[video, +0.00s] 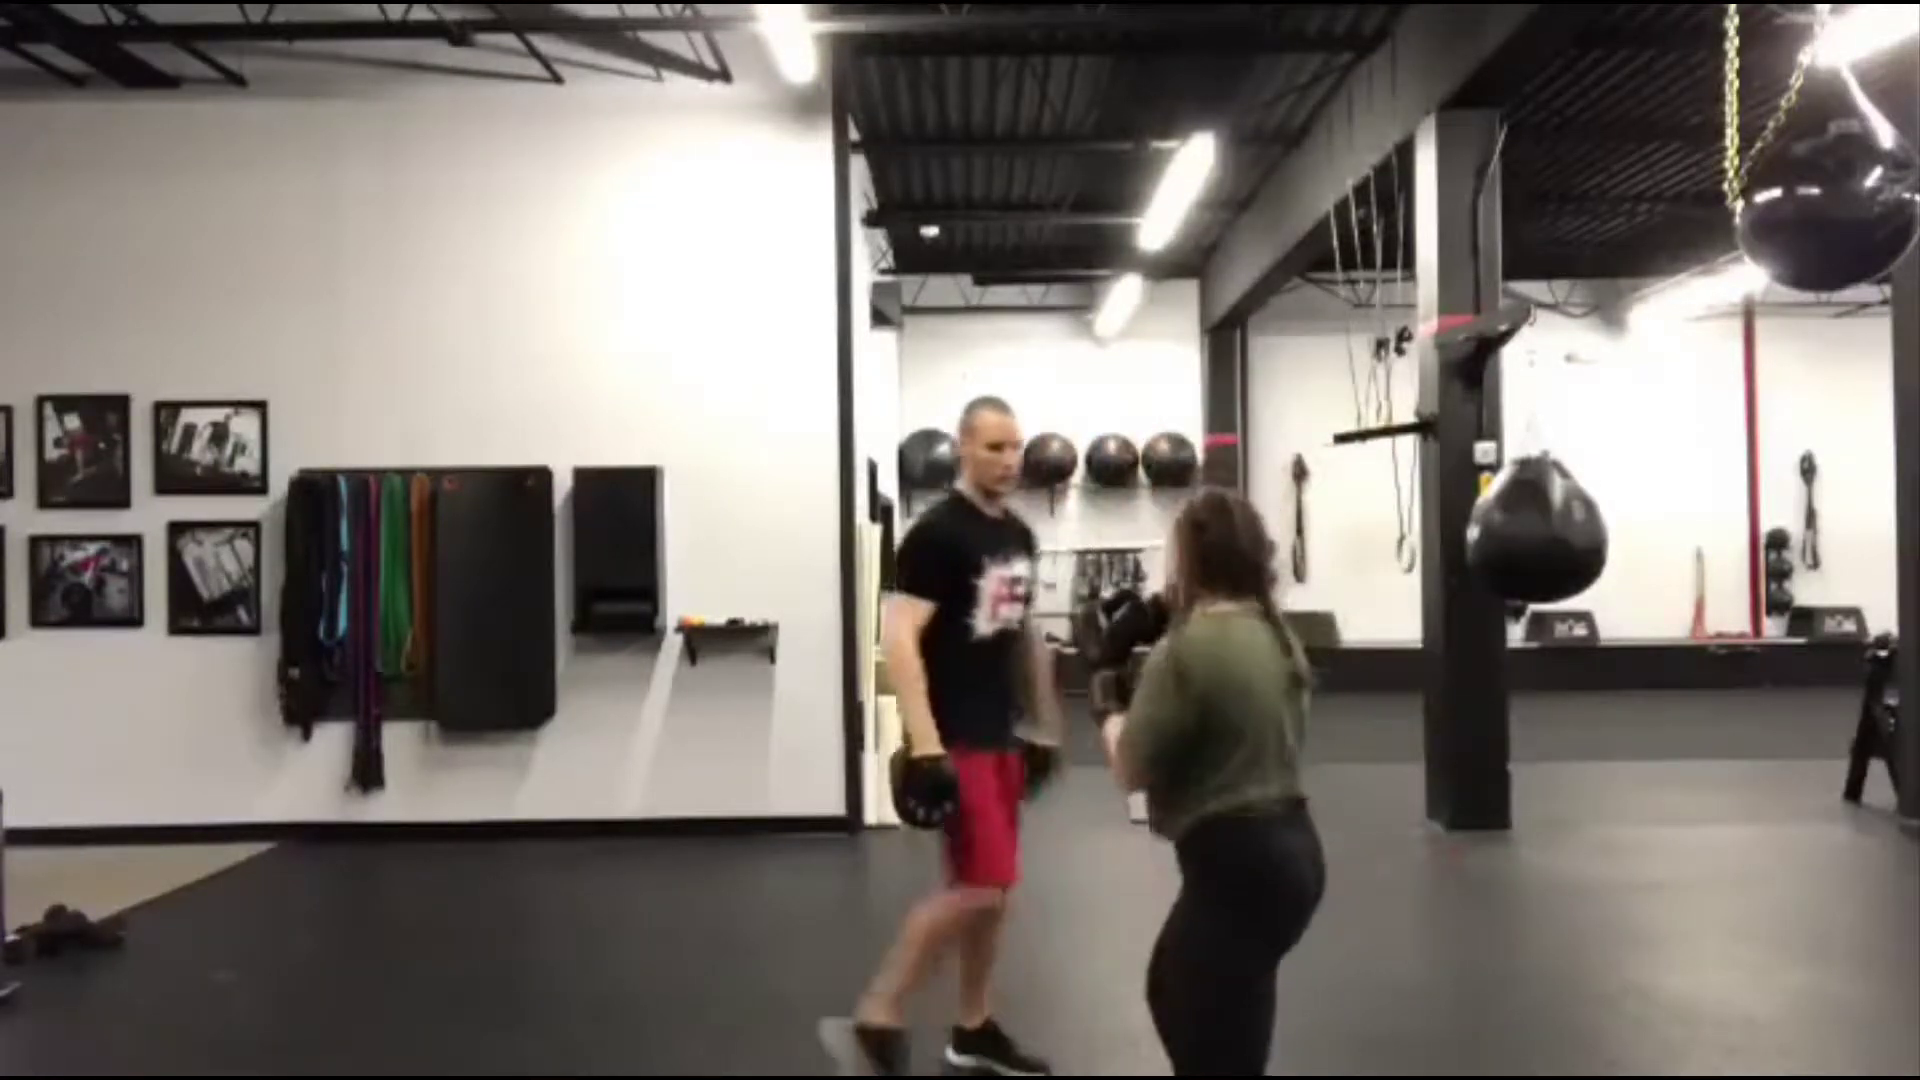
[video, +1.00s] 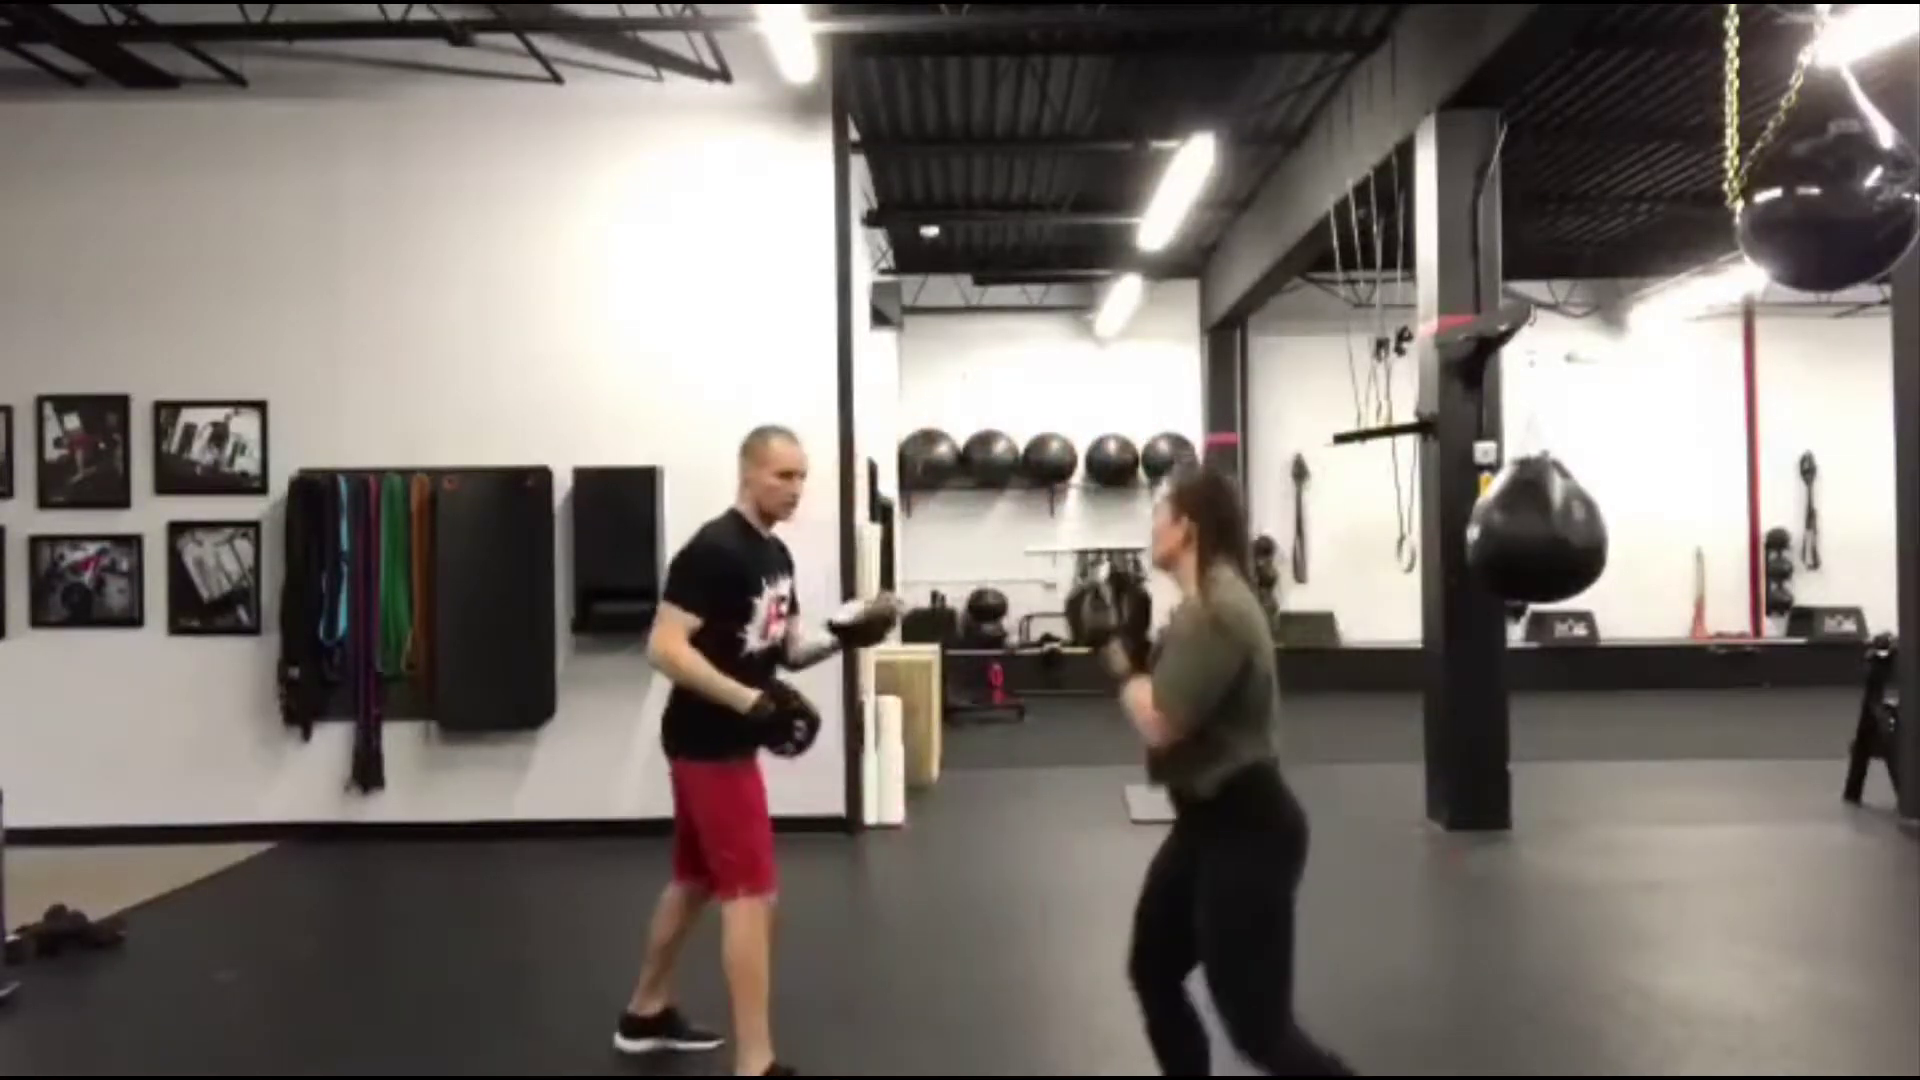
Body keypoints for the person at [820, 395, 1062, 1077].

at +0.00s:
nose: (1009, 461)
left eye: (1016, 448)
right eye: (994, 447)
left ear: (1022, 452)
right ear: (960, 449)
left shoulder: (1015, 537)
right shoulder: (936, 534)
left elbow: (1027, 639)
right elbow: (898, 639)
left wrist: (1044, 727)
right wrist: (924, 748)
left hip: (1003, 736)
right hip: (954, 739)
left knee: (992, 887)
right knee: (979, 886)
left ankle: (974, 1026)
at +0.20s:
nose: (946, 471)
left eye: (952, 459)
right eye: (933, 457)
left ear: (952, 465)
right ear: (892, 458)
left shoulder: (934, 543)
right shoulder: (868, 545)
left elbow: (919, 649)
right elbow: (854, 655)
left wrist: (927, 740)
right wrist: (912, 756)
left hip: (923, 756)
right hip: (859, 762)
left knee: (957, 884)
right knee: (815, 906)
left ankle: (969, 1027)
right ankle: (761, 1055)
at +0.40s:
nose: (884, 469)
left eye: (889, 457)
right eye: (872, 456)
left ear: (890, 461)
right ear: (833, 455)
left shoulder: (875, 537)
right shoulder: (801, 542)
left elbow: (873, 648)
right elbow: (800, 660)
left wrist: (902, 732)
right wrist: (881, 741)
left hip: (850, 755)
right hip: (789, 761)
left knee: (872, 878)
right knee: (771, 915)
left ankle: (865, 1012)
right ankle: (751, 1060)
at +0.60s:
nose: (836, 476)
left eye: (843, 464)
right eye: (823, 463)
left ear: (847, 469)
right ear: (786, 465)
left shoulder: (835, 545)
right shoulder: (753, 549)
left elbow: (845, 640)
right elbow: (730, 657)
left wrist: (867, 695)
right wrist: (822, 714)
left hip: (791, 748)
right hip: (750, 752)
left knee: (760, 885)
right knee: (768, 909)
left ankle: (692, 981)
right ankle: (750, 1061)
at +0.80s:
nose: (808, 498)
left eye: (814, 486)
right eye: (797, 485)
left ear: (812, 490)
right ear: (760, 484)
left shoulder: (798, 565)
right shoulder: (726, 562)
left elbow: (800, 642)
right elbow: (679, 661)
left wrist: (825, 656)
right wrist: (761, 725)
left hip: (757, 757)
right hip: (723, 761)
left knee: (704, 883)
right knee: (783, 892)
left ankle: (647, 1013)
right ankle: (752, 1061)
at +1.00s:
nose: (795, 489)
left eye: (800, 478)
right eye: (784, 476)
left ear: (798, 480)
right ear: (747, 475)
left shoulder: (775, 555)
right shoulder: (712, 550)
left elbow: (783, 651)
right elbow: (664, 645)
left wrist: (845, 634)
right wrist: (751, 701)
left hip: (728, 744)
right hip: (709, 748)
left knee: (693, 881)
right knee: (749, 893)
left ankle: (645, 1012)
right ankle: (755, 1061)